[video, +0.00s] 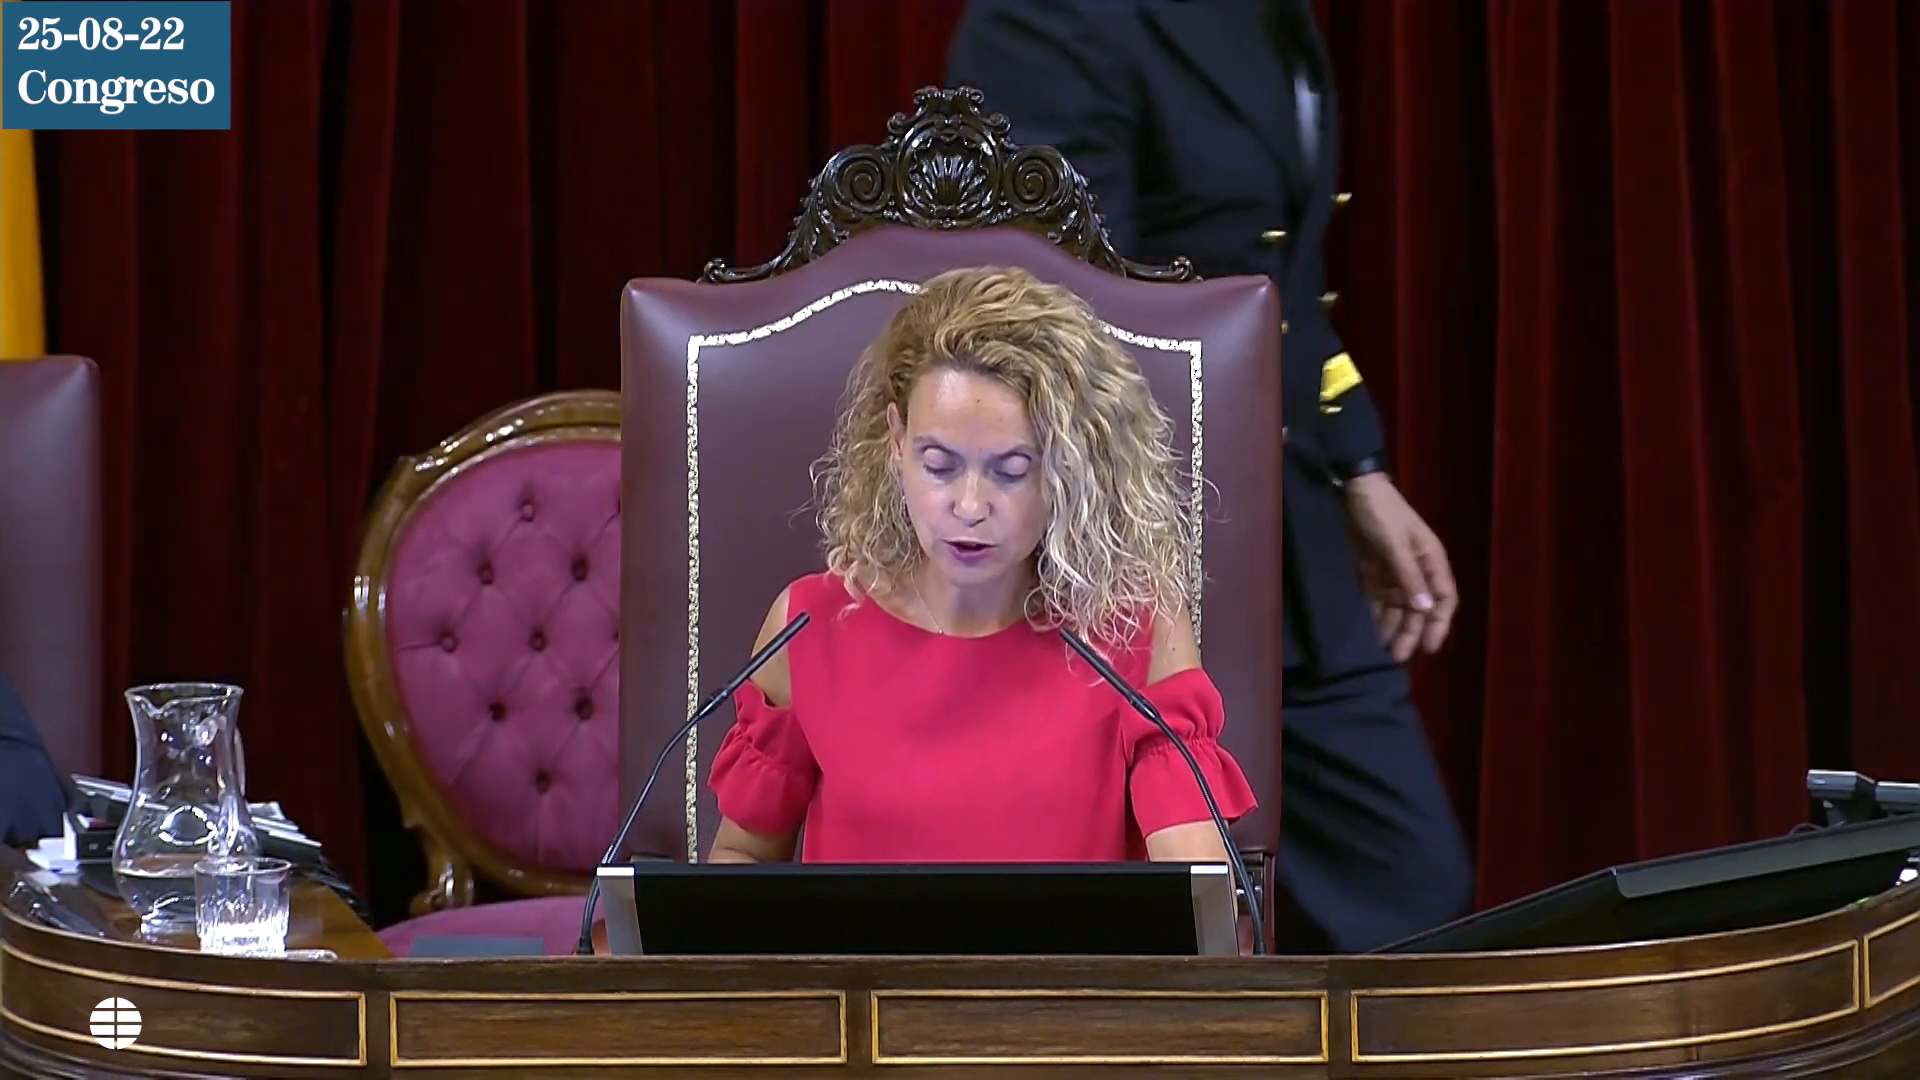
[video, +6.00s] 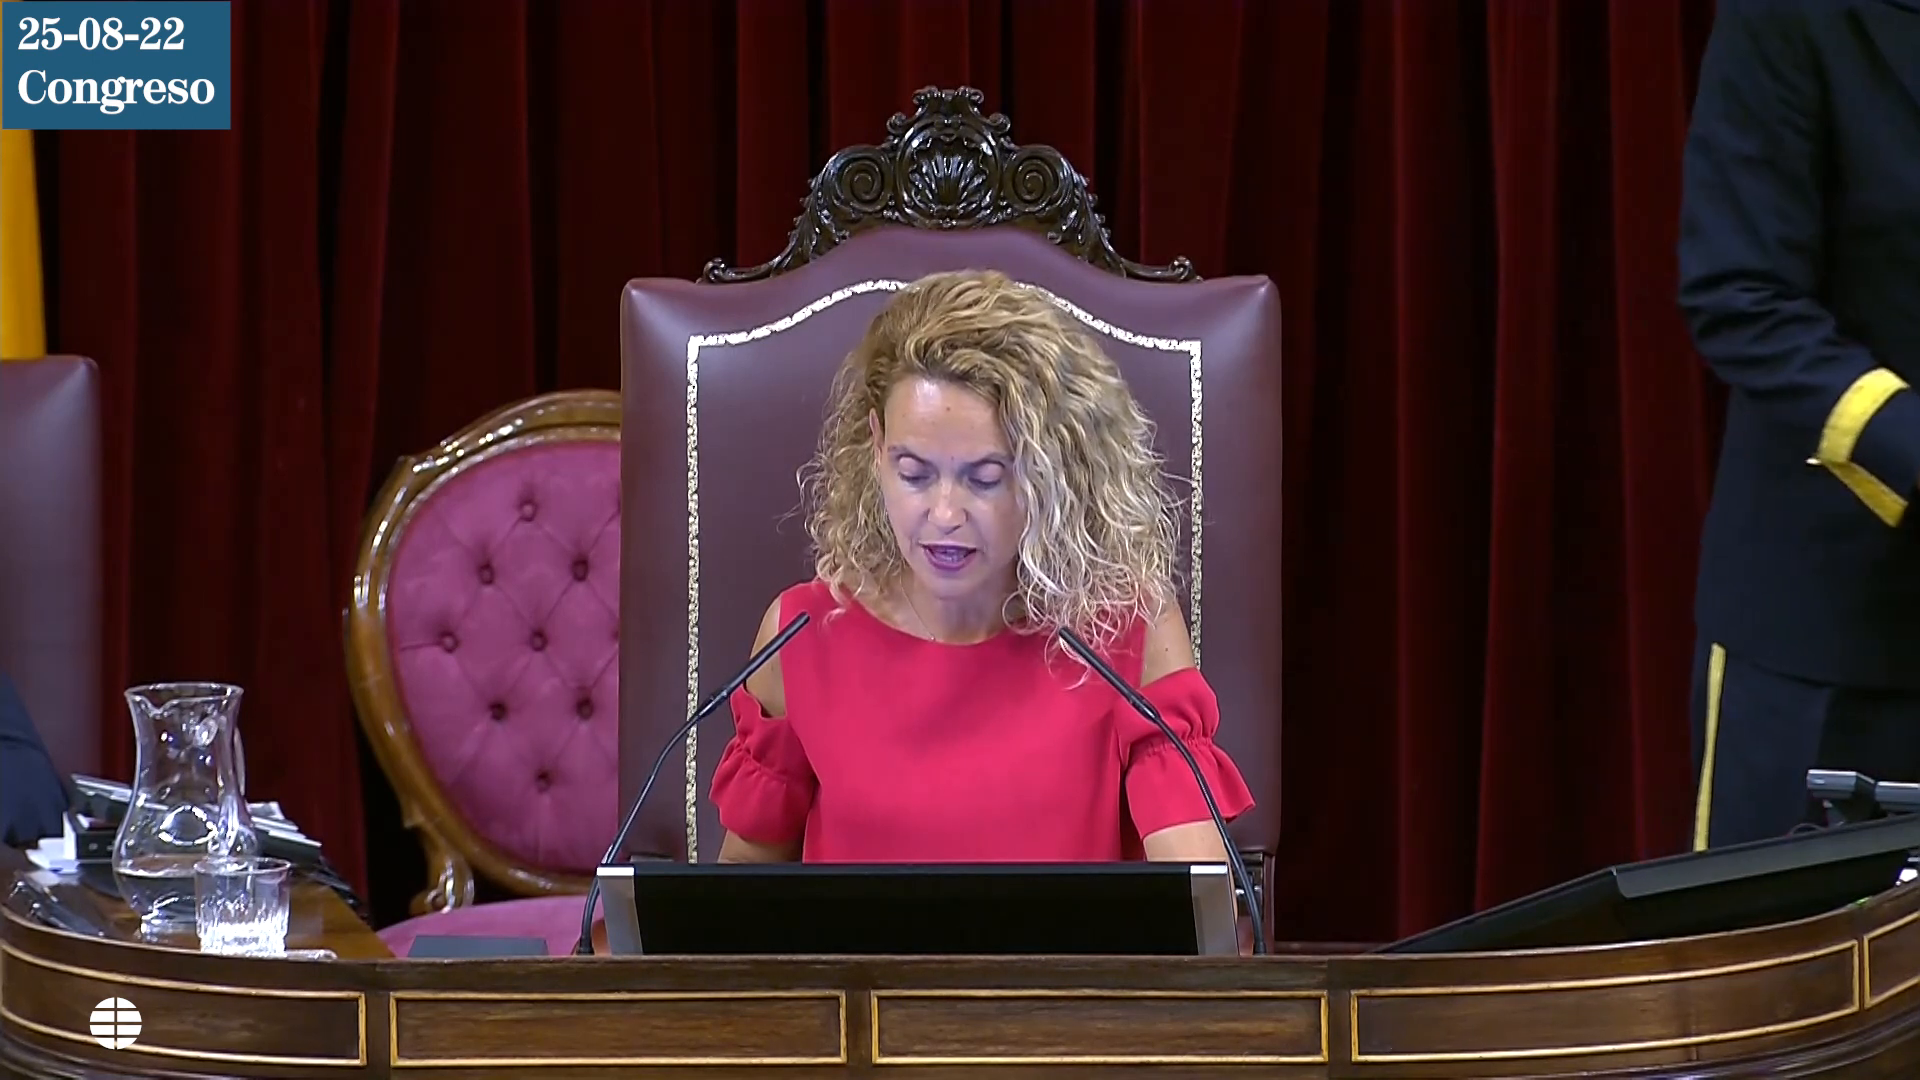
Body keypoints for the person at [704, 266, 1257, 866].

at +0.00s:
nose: (970, 505)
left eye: (1010, 469)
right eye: (940, 463)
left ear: (1070, 467)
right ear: (896, 444)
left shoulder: (1134, 626)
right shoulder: (812, 622)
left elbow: (1201, 889)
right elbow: (740, 861)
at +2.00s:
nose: (943, 511)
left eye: (983, 474)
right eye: (914, 470)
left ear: (1049, 480)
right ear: (873, 465)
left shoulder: (1124, 621)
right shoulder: (803, 630)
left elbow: (1200, 895)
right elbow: (743, 882)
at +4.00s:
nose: (962, 514)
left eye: (1000, 474)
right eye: (928, 473)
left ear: (1058, 468)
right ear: (878, 456)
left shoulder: (1127, 620)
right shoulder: (803, 630)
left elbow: (1200, 896)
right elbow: (744, 883)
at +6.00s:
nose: (945, 513)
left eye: (985, 475)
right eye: (915, 471)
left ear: (1051, 476)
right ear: (875, 461)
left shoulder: (1125, 622)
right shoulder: (805, 630)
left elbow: (1201, 895)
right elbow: (747, 879)